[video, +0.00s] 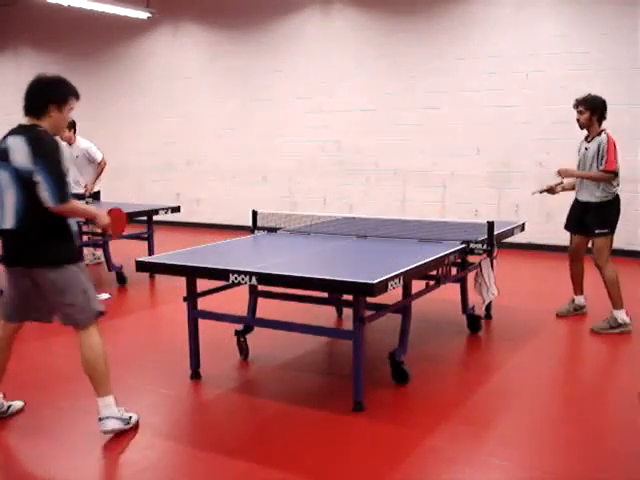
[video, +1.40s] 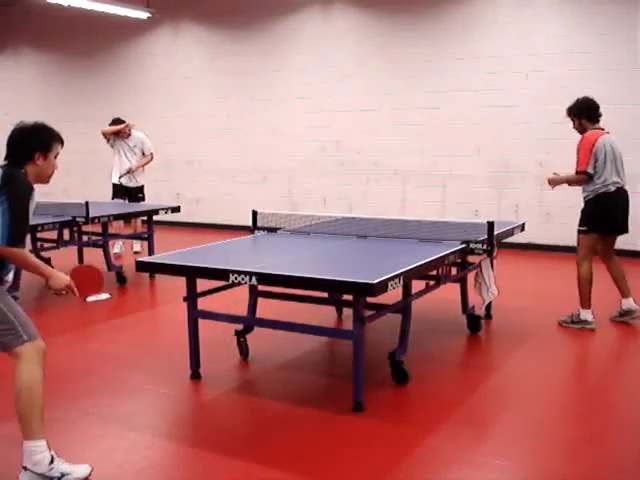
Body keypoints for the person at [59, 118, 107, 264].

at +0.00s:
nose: (61, 136)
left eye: (64, 132)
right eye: (61, 132)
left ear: (72, 131)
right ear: (63, 132)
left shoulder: (85, 146)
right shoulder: (61, 147)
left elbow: (102, 161)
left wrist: (93, 183)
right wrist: (63, 182)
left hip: (87, 191)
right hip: (70, 191)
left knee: (92, 224)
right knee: (73, 223)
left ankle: (95, 251)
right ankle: (77, 252)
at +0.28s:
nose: (73, 132)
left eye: (74, 128)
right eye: (70, 129)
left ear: (81, 126)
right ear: (68, 129)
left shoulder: (95, 141)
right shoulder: (67, 144)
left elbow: (103, 160)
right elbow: (64, 161)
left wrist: (85, 171)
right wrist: (69, 169)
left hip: (96, 188)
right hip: (79, 189)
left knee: (105, 219)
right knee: (77, 220)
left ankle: (114, 243)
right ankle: (76, 245)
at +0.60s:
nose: (90, 133)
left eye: (92, 129)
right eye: (88, 130)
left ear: (99, 127)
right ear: (86, 130)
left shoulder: (113, 142)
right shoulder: (86, 142)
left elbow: (121, 161)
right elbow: (75, 160)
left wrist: (106, 168)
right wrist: (85, 154)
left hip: (111, 189)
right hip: (91, 189)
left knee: (124, 217)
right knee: (85, 220)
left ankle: (135, 240)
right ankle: (79, 245)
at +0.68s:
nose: (93, 134)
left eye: (95, 130)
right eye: (91, 131)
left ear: (101, 127)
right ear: (89, 131)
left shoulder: (116, 142)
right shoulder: (89, 142)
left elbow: (124, 162)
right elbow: (78, 157)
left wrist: (109, 169)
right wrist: (91, 150)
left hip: (114, 189)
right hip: (94, 189)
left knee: (125, 217)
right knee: (87, 220)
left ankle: (135, 240)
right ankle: (79, 245)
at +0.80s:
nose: (102, 137)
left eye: (103, 133)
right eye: (100, 134)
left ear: (108, 129)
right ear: (98, 133)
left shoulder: (125, 142)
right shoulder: (100, 143)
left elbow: (135, 160)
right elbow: (97, 144)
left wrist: (122, 170)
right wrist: (115, 137)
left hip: (123, 187)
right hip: (104, 187)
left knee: (130, 218)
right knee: (97, 218)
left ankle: (136, 241)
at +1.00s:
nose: (115, 134)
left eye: (116, 131)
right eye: (112, 132)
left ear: (120, 128)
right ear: (109, 132)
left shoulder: (135, 138)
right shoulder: (112, 141)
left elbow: (145, 157)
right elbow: (110, 135)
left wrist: (132, 168)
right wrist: (129, 129)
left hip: (131, 183)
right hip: (113, 182)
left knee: (134, 215)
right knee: (107, 214)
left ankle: (136, 240)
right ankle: (107, 240)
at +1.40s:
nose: (122, 135)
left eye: (123, 132)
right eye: (119, 134)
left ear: (127, 128)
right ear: (116, 133)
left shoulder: (140, 138)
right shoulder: (115, 141)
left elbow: (150, 156)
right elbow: (104, 132)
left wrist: (136, 166)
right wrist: (121, 127)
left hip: (136, 182)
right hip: (119, 181)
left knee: (136, 215)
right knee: (117, 214)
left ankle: (137, 240)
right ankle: (118, 241)